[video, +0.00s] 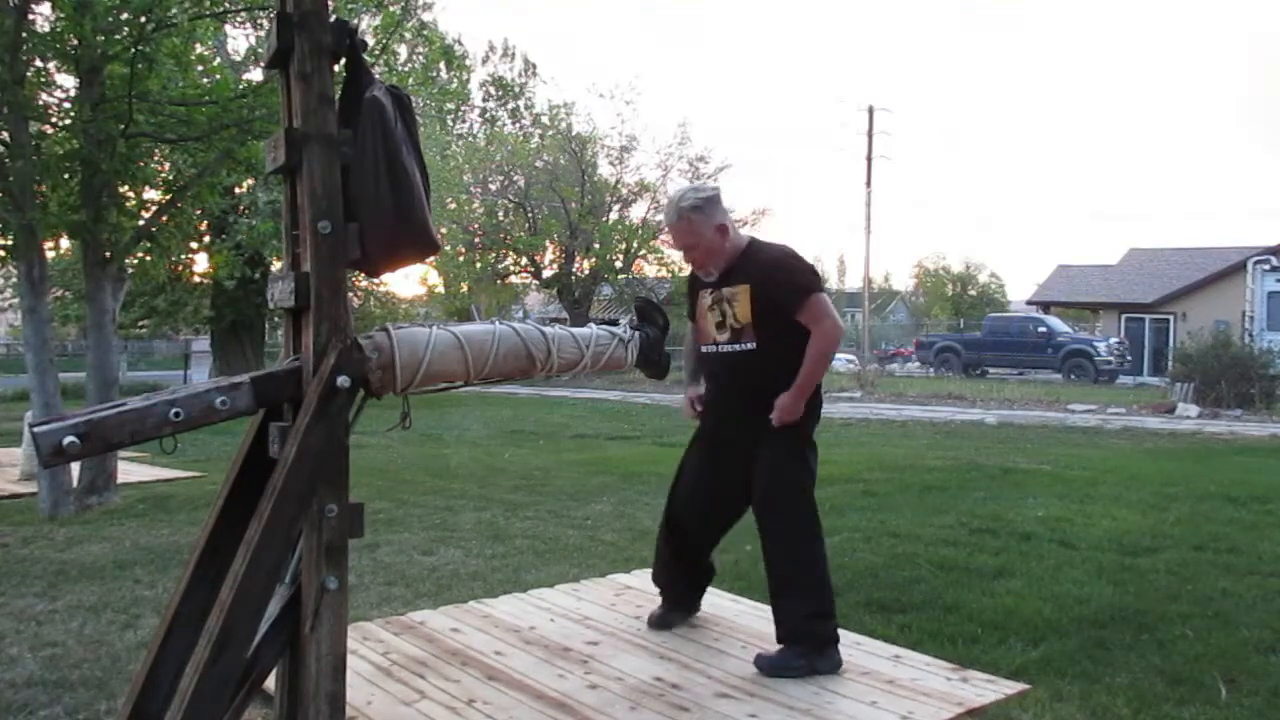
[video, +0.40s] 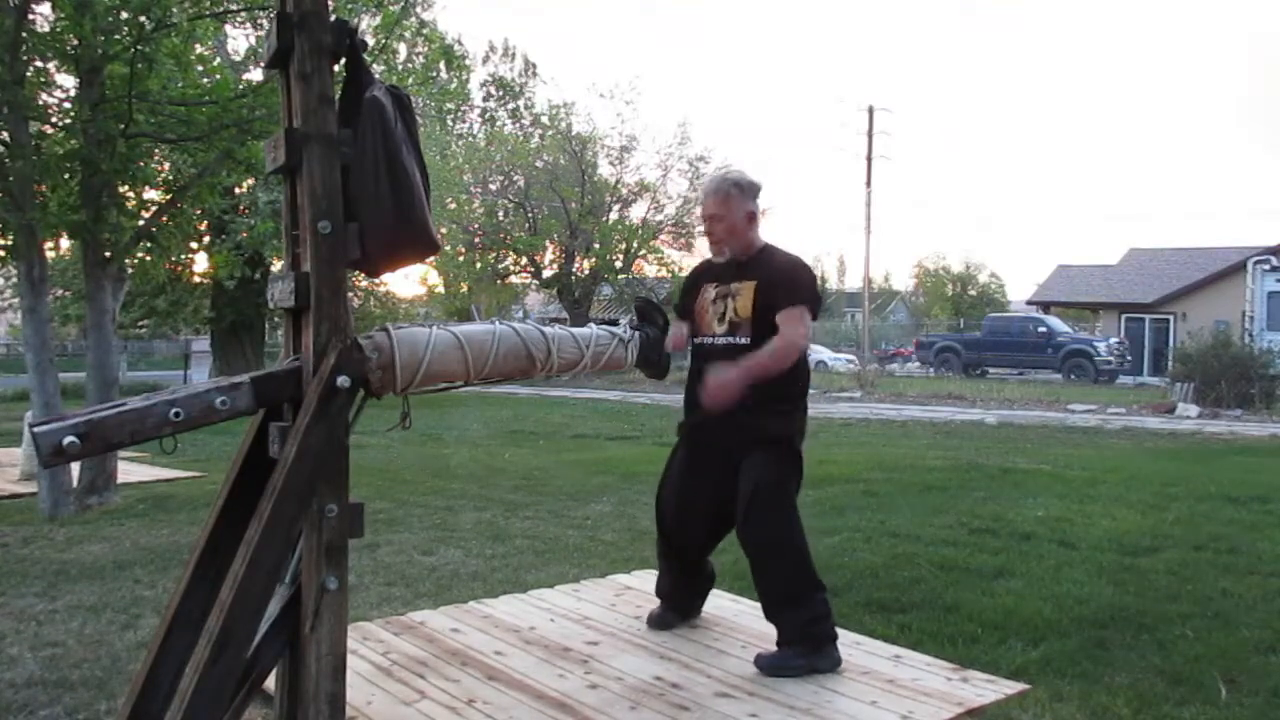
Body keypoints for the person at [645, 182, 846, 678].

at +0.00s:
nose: (688, 260)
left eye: (692, 248)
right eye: (682, 251)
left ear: (723, 231)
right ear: (679, 242)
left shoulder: (774, 264)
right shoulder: (700, 282)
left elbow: (829, 329)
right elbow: (700, 336)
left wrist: (798, 395)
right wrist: (694, 382)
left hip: (780, 424)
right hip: (724, 423)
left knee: (789, 532)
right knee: (688, 509)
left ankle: (814, 645)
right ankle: (679, 598)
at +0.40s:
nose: (709, 228)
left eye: (718, 218)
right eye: (705, 219)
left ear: (751, 216)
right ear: (703, 219)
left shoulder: (786, 271)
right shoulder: (701, 278)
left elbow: (793, 339)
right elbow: (682, 329)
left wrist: (739, 373)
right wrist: (669, 339)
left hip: (769, 430)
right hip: (707, 428)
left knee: (764, 517)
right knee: (678, 508)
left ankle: (812, 642)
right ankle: (681, 596)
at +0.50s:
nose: (717, 222)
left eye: (728, 212)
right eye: (714, 212)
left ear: (761, 213)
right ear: (713, 213)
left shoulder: (793, 271)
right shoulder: (708, 275)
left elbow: (789, 327)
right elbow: (678, 330)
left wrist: (715, 317)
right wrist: (679, 312)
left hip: (767, 433)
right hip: (705, 428)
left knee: (763, 519)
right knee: (676, 512)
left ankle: (813, 643)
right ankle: (682, 595)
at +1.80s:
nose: (725, 226)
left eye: (735, 216)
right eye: (719, 217)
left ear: (764, 212)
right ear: (714, 217)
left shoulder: (792, 270)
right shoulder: (708, 272)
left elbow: (803, 336)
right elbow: (675, 325)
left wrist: (742, 367)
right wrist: (642, 357)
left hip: (762, 425)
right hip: (701, 419)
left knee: (764, 522)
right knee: (676, 509)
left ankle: (812, 642)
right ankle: (681, 599)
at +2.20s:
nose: (720, 221)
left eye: (730, 211)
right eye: (714, 212)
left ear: (762, 209)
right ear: (711, 213)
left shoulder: (788, 266)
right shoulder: (710, 269)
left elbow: (771, 325)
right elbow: (685, 324)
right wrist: (662, 339)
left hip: (765, 424)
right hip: (707, 420)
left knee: (763, 526)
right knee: (680, 506)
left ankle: (813, 642)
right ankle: (681, 598)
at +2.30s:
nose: (723, 219)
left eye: (734, 209)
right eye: (718, 210)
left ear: (765, 208)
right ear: (714, 211)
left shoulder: (787, 264)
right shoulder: (712, 270)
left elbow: (756, 305)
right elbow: (684, 325)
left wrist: (681, 293)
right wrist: (659, 317)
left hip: (765, 427)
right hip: (706, 422)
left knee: (763, 526)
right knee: (681, 508)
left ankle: (813, 642)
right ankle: (682, 598)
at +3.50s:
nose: (723, 222)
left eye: (734, 213)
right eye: (719, 212)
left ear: (766, 212)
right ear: (717, 213)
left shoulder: (790, 270)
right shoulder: (709, 274)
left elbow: (768, 323)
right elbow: (682, 318)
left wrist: (700, 320)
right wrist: (656, 324)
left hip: (757, 428)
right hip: (694, 423)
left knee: (759, 533)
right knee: (670, 512)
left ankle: (813, 642)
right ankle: (680, 598)